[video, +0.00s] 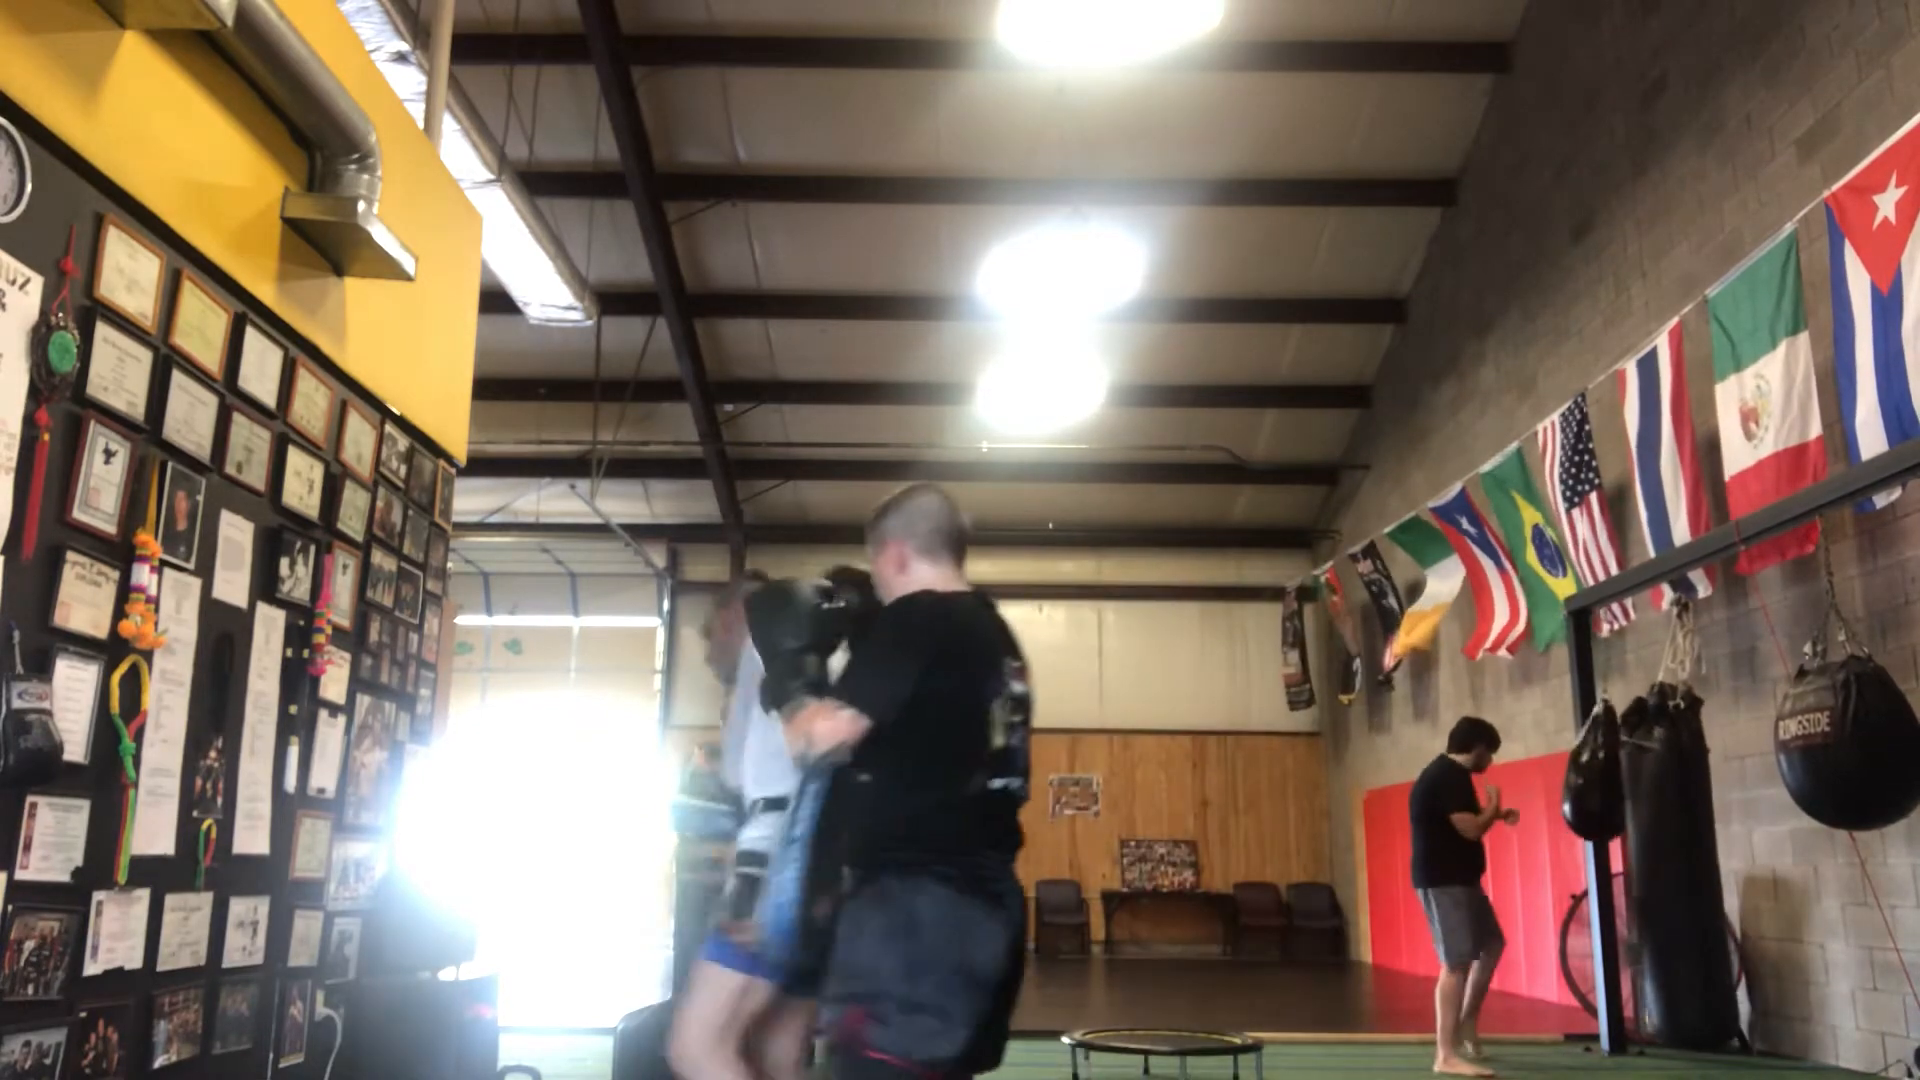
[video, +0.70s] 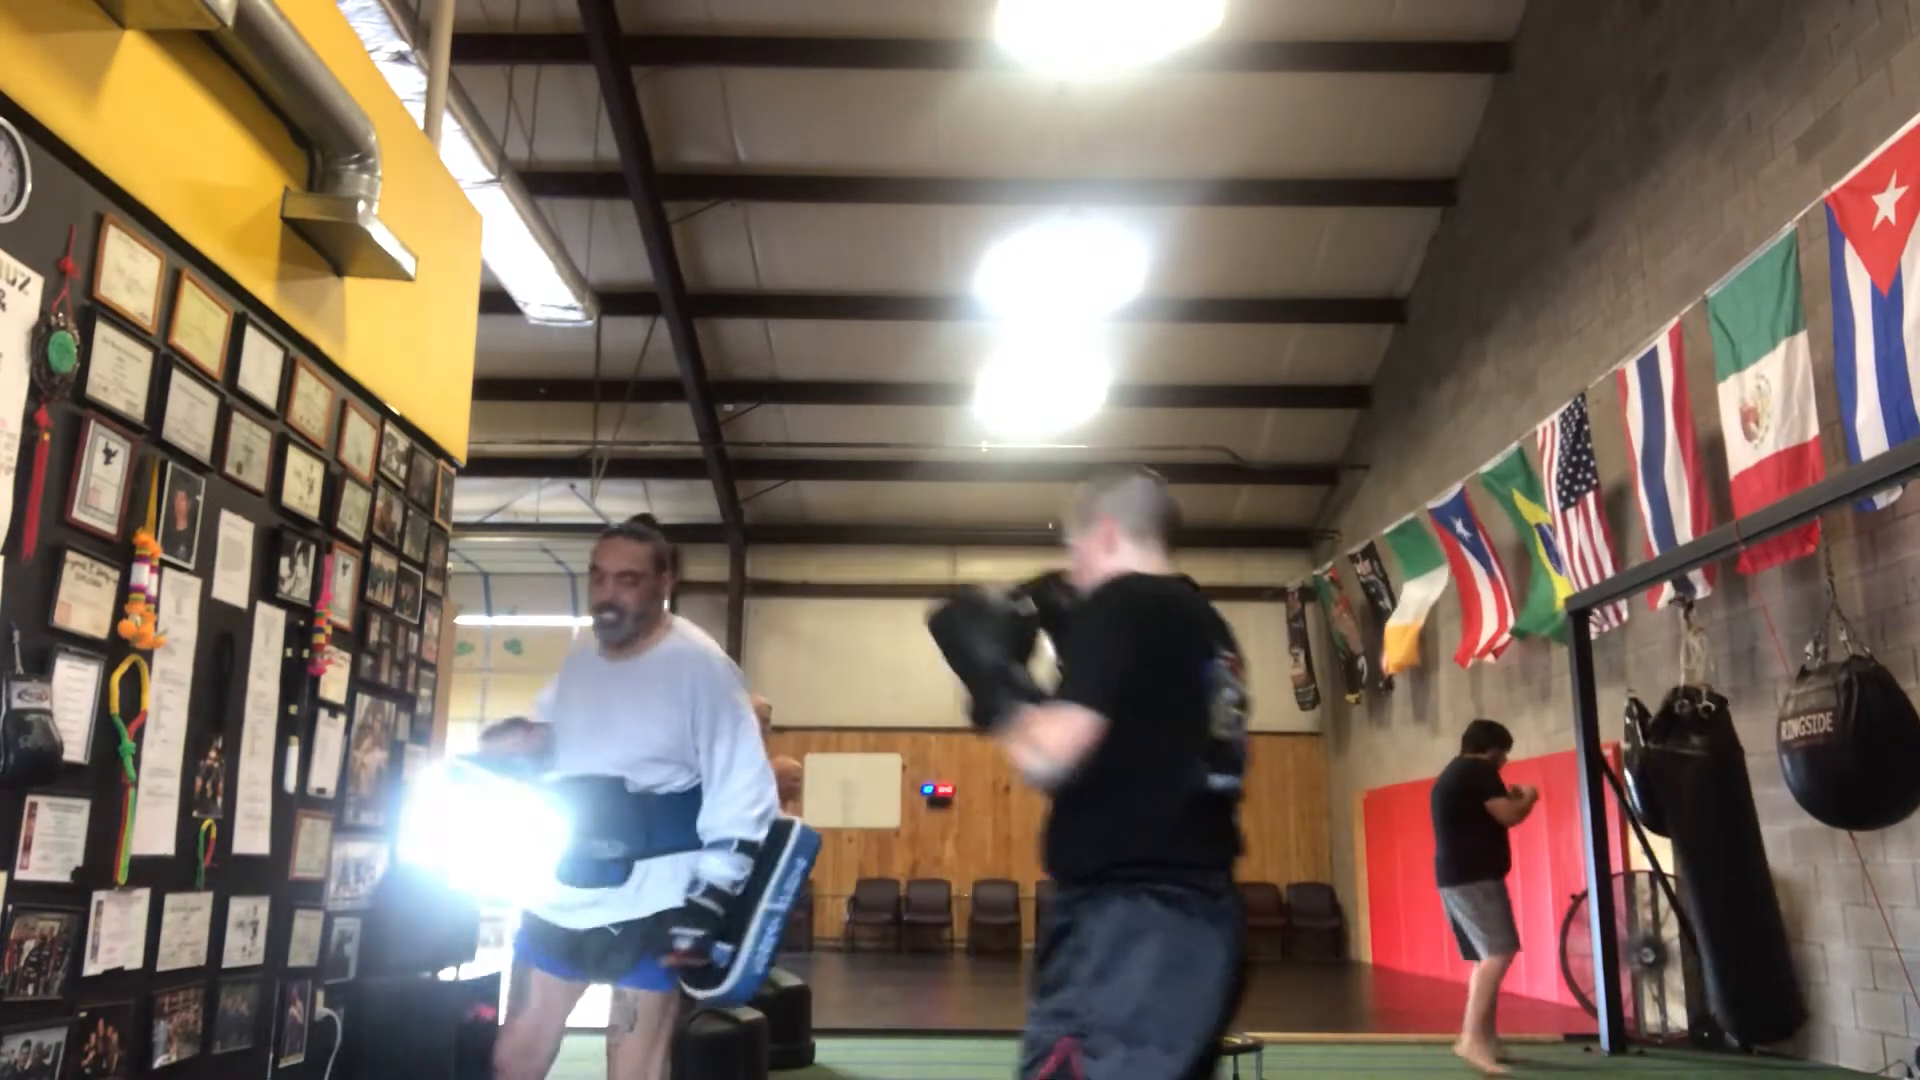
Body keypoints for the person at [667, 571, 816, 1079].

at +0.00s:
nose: (712, 637)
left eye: (719, 623)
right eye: (713, 624)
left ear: (742, 617)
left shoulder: (767, 671)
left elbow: (773, 789)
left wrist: (745, 895)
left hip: (777, 874)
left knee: (697, 1045)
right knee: (782, 1052)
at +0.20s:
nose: (649, 630)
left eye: (656, 612)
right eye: (648, 615)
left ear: (697, 596)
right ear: (699, 600)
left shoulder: (733, 659)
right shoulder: (726, 663)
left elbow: (790, 771)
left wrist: (805, 895)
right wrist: (679, 801)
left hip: (728, 897)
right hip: (756, 898)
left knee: (650, 1055)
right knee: (759, 1059)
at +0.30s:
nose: (629, 621)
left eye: (640, 602)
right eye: (627, 605)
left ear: (687, 594)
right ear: (684, 597)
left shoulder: (725, 666)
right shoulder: (696, 669)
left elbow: (787, 794)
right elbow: (699, 785)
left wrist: (795, 923)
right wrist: (636, 770)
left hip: (711, 903)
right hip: (704, 902)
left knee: (640, 1055)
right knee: (717, 1059)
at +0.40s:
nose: (619, 608)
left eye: (634, 592)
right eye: (618, 593)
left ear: (685, 593)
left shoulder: (717, 670)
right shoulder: (682, 669)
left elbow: (764, 800)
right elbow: (673, 767)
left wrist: (754, 930)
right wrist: (610, 759)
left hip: (687, 906)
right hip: (659, 900)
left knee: (635, 1062)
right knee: (638, 1053)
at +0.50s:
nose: (615, 605)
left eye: (634, 590)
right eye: (612, 590)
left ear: (680, 593)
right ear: (608, 591)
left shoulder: (714, 670)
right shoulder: (652, 666)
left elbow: (749, 801)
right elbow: (645, 755)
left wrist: (706, 923)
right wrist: (585, 751)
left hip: (679, 895)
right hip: (620, 888)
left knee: (637, 1066)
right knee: (554, 1045)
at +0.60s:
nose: (610, 599)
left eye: (630, 584)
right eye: (605, 582)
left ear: (675, 589)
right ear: (599, 583)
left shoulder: (709, 668)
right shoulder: (614, 664)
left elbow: (748, 797)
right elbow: (614, 749)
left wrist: (700, 914)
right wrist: (560, 747)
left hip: (676, 883)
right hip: (600, 879)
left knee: (635, 1067)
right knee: (517, 1046)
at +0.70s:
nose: (606, 595)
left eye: (627, 580)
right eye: (598, 577)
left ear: (665, 587)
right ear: (586, 580)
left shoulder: (700, 664)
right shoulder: (583, 654)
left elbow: (746, 788)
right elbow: (550, 738)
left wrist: (711, 900)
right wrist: (521, 746)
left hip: (658, 896)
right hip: (561, 885)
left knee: (634, 1063)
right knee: (518, 1051)